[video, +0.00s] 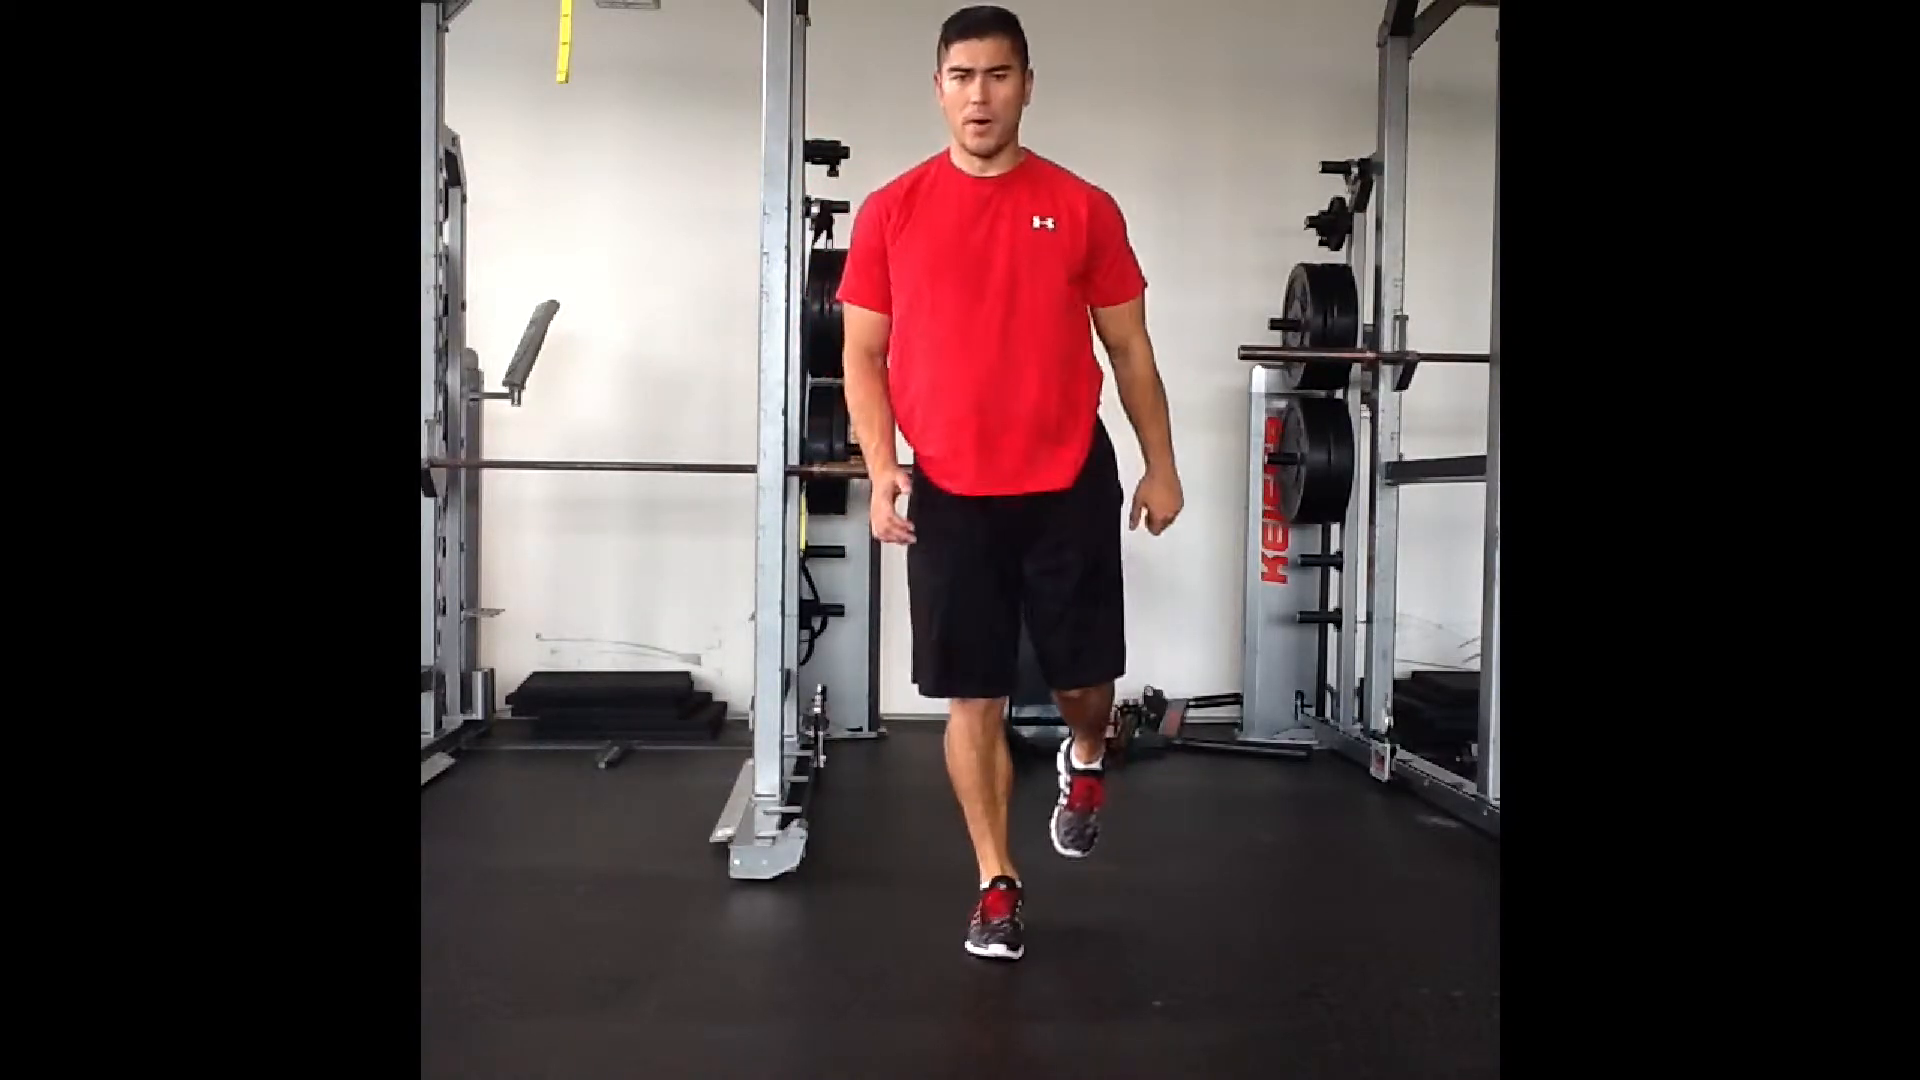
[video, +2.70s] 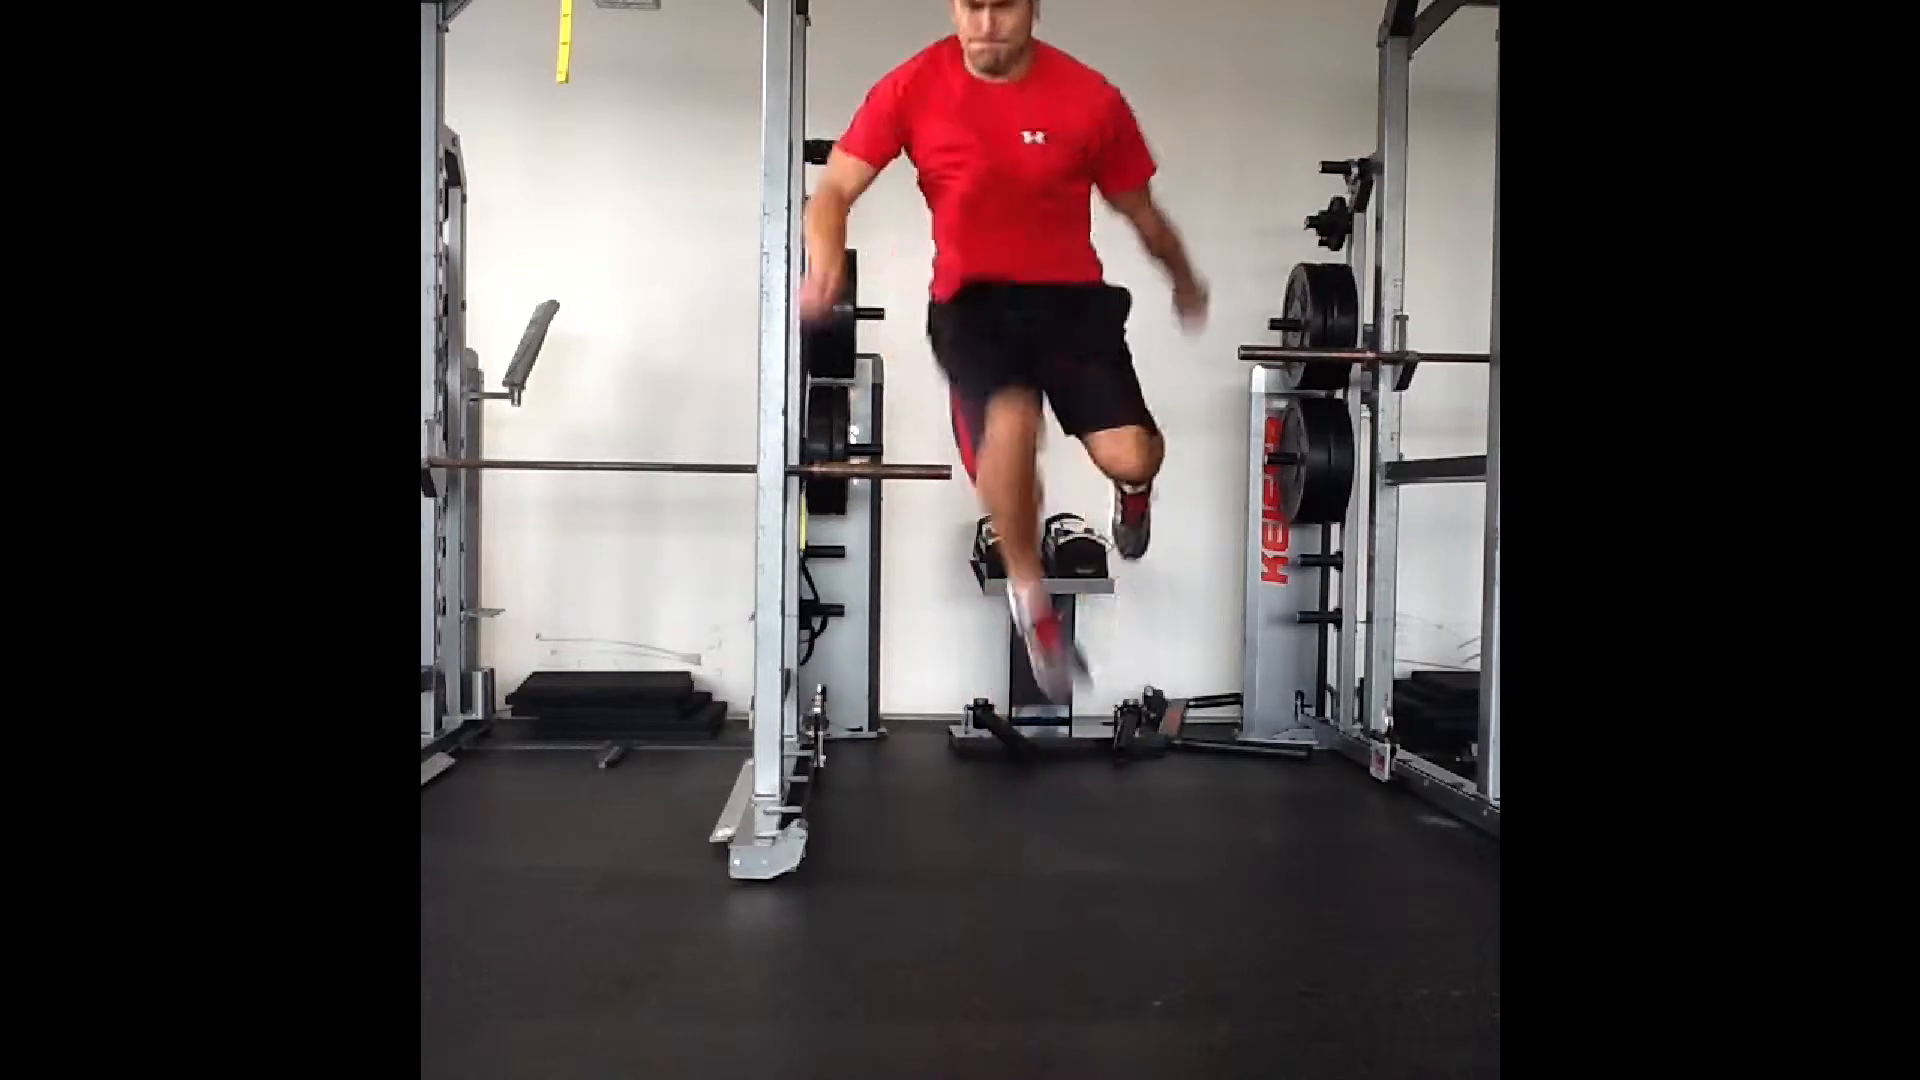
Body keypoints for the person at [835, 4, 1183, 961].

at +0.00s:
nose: (979, 94)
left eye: (997, 75)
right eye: (961, 76)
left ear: (1026, 87)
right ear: (938, 90)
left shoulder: (1082, 208)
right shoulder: (890, 214)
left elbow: (1128, 346)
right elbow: (862, 356)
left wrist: (1160, 463)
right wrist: (882, 467)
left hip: (1066, 485)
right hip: (948, 490)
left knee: (1081, 680)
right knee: (971, 693)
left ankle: (1086, 762)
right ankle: (995, 883)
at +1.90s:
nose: (1012, 195)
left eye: (1028, 178)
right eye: (996, 178)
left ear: (1054, 190)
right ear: (975, 190)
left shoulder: (1103, 296)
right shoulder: (932, 288)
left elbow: (1137, 422)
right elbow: (916, 379)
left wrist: (1079, 439)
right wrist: (923, 472)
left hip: (1083, 526)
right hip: (983, 529)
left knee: (1091, 671)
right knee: (1007, 679)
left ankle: (1058, 695)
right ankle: (1023, 839)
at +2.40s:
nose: (994, 226)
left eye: (1009, 210)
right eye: (978, 212)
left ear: (1035, 222)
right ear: (955, 227)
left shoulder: (1094, 316)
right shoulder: (925, 342)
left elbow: (1141, 423)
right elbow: (922, 479)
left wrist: (1174, 508)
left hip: (1082, 529)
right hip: (982, 545)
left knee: (1078, 674)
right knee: (1006, 695)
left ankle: (1076, 769)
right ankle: (1024, 843)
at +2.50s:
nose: (997, 173)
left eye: (1012, 157)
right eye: (981, 159)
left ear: (1037, 164)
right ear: (958, 168)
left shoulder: (1091, 240)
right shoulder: (929, 250)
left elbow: (1171, 277)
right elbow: (890, 315)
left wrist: (1211, 319)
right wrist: (928, 319)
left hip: (1077, 445)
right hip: (983, 480)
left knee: (1070, 505)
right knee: (1001, 671)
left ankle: (1129, 668)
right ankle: (1023, 840)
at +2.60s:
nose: (1001, 85)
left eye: (1015, 68)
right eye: (985, 70)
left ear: (1043, 69)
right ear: (963, 75)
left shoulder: (1099, 141)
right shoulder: (930, 134)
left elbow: (1178, 179)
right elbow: (821, 169)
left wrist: (1212, 200)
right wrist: (885, 117)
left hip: (1066, 355)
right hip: (975, 379)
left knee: (1113, 440)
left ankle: (1139, 503)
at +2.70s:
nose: (983, 25)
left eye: (1000, 8)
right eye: (969, 7)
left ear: (1033, 11)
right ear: (952, 10)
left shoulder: (1089, 99)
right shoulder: (913, 88)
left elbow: (1140, 208)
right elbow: (832, 192)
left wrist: (1183, 278)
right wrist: (826, 268)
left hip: (1073, 298)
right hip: (973, 299)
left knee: (1132, 457)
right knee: (1011, 421)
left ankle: (1132, 486)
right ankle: (1035, 610)